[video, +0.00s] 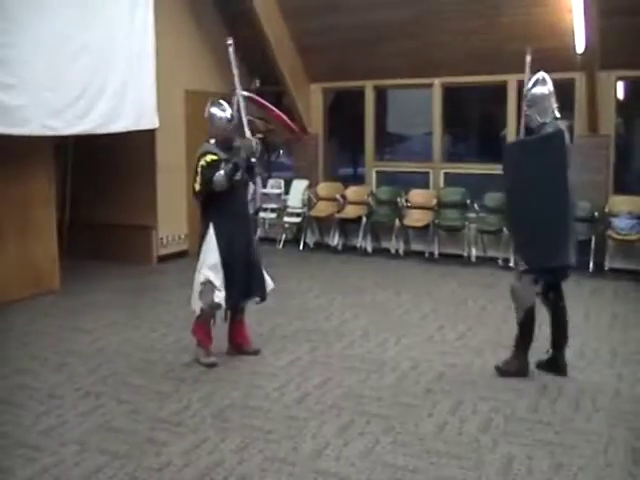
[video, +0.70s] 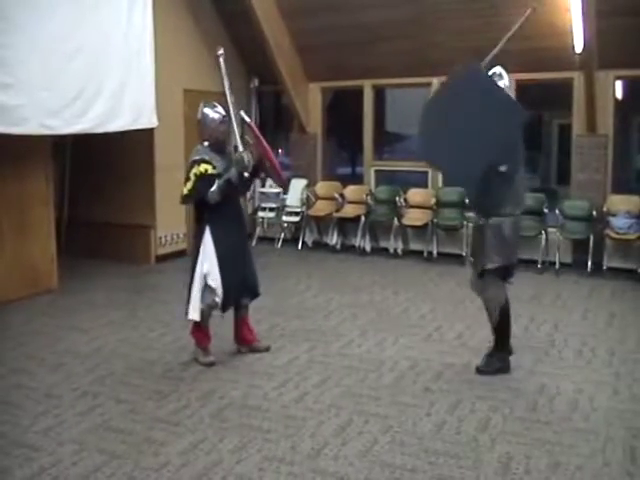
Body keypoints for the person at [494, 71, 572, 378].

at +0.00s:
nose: (527, 112)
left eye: (530, 107)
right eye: (528, 106)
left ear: (535, 108)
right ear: (551, 106)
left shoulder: (547, 138)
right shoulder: (555, 137)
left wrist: (509, 145)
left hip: (538, 230)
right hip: (554, 227)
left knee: (524, 290)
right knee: (553, 291)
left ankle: (519, 357)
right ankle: (558, 356)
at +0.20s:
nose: (514, 110)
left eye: (519, 103)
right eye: (514, 103)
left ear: (529, 103)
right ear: (516, 105)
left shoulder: (535, 137)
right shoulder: (530, 135)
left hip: (530, 228)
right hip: (533, 226)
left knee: (509, 290)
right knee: (540, 290)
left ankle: (499, 354)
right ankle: (553, 354)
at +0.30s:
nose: (505, 110)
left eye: (508, 103)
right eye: (505, 103)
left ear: (516, 103)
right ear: (519, 103)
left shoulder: (527, 136)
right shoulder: (520, 134)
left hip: (519, 228)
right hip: (516, 225)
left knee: (502, 290)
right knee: (530, 287)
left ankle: (498, 356)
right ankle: (551, 351)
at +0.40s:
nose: (505, 106)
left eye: (510, 100)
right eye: (502, 101)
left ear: (519, 100)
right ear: (497, 102)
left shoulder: (528, 130)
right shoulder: (493, 132)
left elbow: (535, 180)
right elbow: (477, 175)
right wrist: (475, 218)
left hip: (519, 220)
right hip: (494, 219)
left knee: (502, 286)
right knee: (521, 284)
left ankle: (499, 355)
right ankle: (548, 345)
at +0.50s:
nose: (501, 105)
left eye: (506, 98)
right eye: (498, 99)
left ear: (516, 99)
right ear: (492, 102)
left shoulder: (523, 133)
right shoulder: (489, 133)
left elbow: (531, 187)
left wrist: (518, 220)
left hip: (514, 216)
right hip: (491, 214)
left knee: (499, 280)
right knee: (504, 281)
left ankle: (500, 354)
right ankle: (539, 337)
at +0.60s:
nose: (499, 99)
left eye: (502, 94)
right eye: (496, 94)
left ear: (505, 97)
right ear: (492, 97)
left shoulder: (511, 128)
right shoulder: (498, 128)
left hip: (504, 212)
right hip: (499, 210)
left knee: (494, 278)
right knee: (495, 278)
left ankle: (501, 353)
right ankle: (523, 335)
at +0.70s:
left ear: (489, 96)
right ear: (492, 93)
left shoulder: (503, 125)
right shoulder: (491, 126)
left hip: (499, 209)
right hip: (490, 208)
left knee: (490, 280)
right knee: (485, 280)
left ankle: (501, 353)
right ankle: (500, 349)